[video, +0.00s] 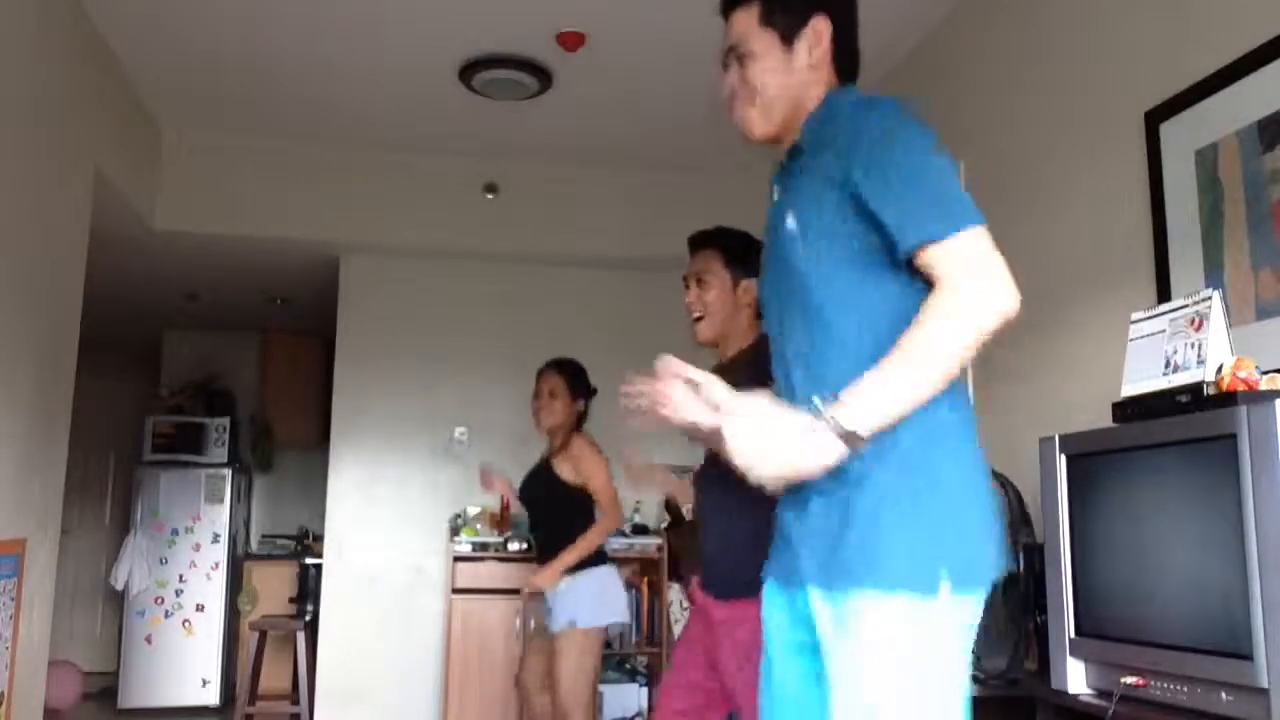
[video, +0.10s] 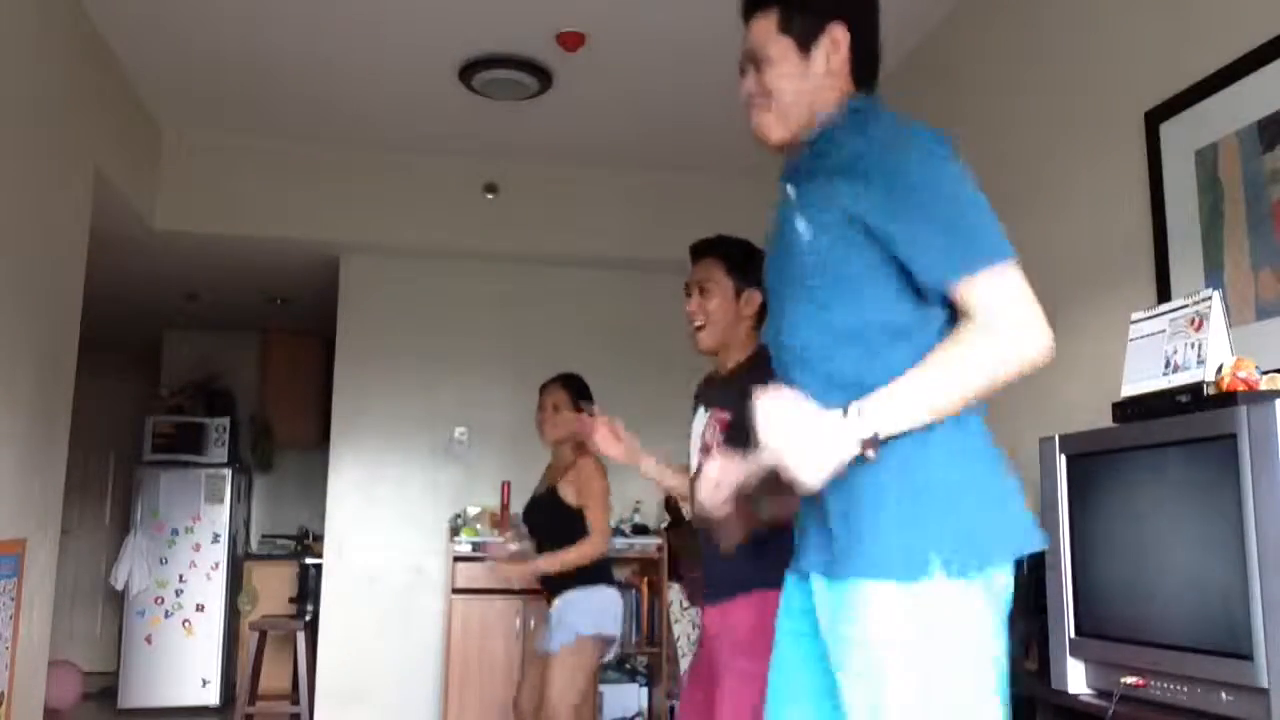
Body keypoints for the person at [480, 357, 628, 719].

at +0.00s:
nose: (541, 404)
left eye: (552, 395)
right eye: (538, 395)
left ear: (578, 404)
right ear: (534, 402)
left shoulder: (581, 450)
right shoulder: (554, 454)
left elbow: (612, 518)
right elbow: (554, 521)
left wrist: (555, 568)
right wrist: (510, 496)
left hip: (585, 583)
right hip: (555, 582)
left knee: (573, 701)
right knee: (532, 688)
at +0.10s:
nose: (544, 418)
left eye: (556, 408)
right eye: (541, 409)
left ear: (582, 415)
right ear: (538, 414)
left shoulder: (587, 467)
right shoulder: (555, 468)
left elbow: (599, 542)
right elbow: (552, 533)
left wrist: (533, 567)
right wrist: (514, 537)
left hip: (587, 597)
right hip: (561, 596)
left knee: (562, 709)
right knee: (527, 705)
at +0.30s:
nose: (550, 398)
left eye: (561, 390)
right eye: (546, 390)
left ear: (587, 397)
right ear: (542, 396)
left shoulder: (596, 436)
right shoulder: (565, 446)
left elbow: (596, 506)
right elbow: (565, 519)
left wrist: (527, 504)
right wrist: (515, 525)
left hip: (600, 586)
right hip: (565, 584)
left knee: (571, 697)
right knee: (547, 689)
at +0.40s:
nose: (558, 406)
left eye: (569, 396)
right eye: (553, 397)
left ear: (595, 405)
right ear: (549, 403)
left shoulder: (598, 442)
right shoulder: (573, 452)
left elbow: (614, 515)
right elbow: (565, 524)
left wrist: (556, 546)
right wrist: (535, 503)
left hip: (608, 589)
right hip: (579, 589)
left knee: (584, 709)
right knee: (542, 687)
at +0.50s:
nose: (564, 427)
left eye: (575, 418)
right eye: (560, 418)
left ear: (601, 427)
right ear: (555, 424)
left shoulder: (604, 473)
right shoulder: (580, 479)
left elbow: (622, 549)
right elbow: (590, 547)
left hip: (612, 614)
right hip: (594, 613)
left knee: (583, 712)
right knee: (540, 687)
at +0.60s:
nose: (563, 420)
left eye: (575, 411)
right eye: (560, 411)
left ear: (601, 422)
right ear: (555, 417)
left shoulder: (606, 466)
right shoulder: (583, 472)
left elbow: (620, 543)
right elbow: (592, 542)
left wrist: (559, 574)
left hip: (608, 612)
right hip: (586, 611)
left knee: (579, 712)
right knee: (546, 704)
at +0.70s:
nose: (562, 399)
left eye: (574, 390)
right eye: (559, 391)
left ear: (600, 397)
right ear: (555, 397)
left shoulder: (611, 442)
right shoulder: (583, 449)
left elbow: (606, 509)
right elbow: (582, 512)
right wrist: (524, 510)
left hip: (614, 592)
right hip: (580, 589)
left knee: (586, 706)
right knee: (559, 696)